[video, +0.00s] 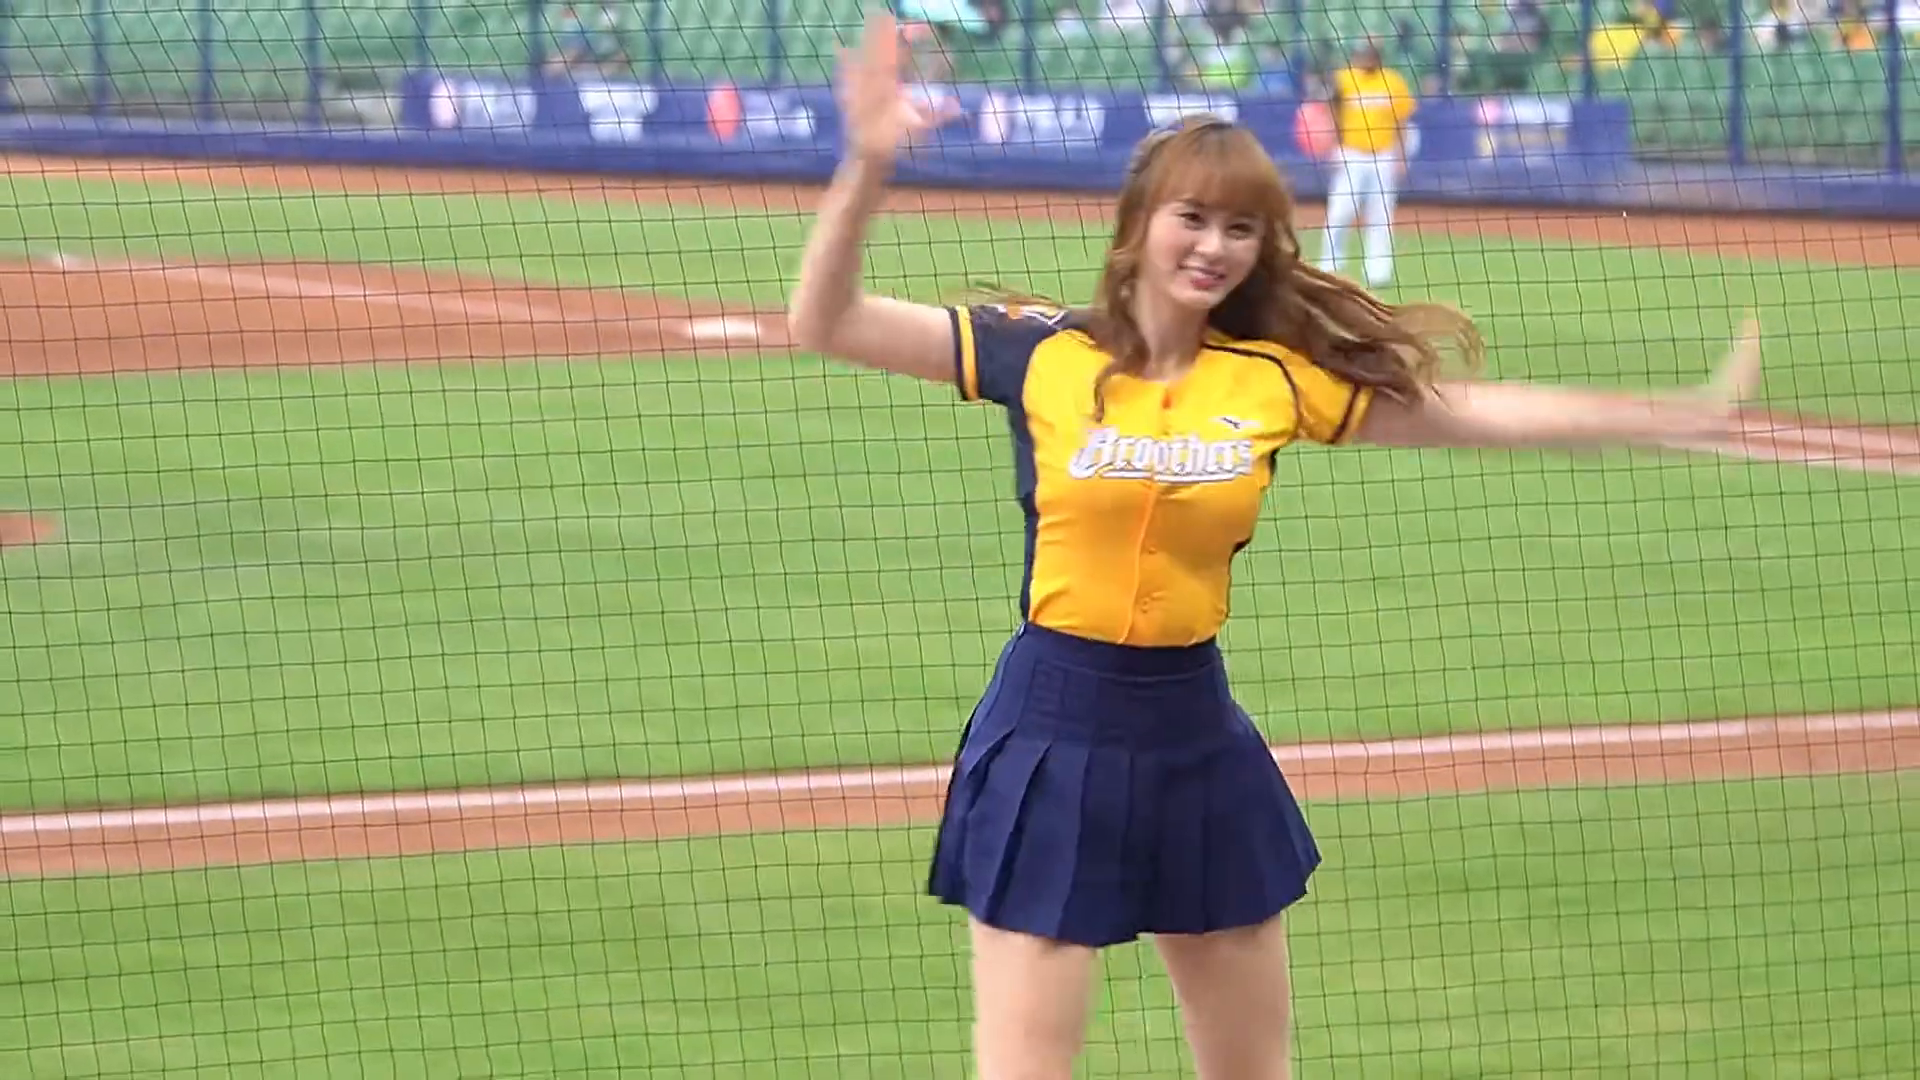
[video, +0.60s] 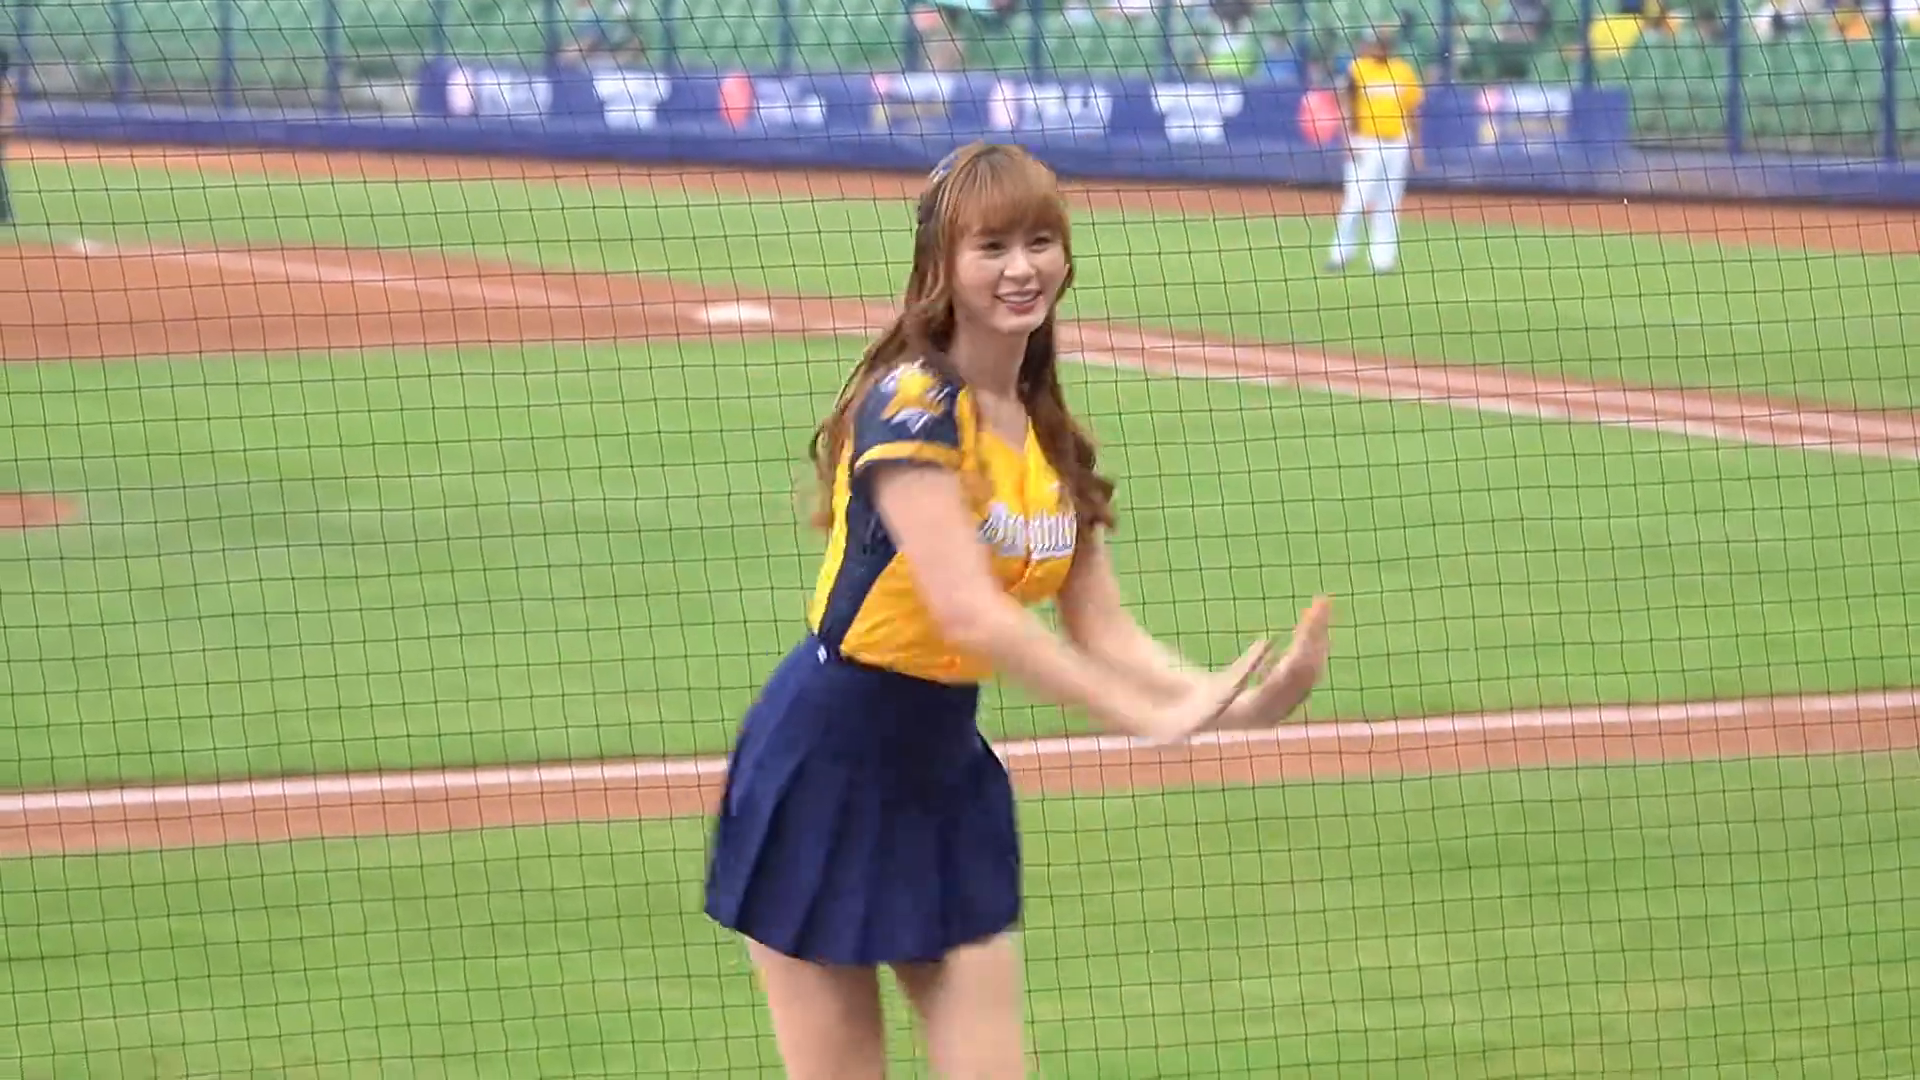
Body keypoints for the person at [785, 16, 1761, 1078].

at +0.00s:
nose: (1216, 246)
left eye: (1241, 226)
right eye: (1192, 217)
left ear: (1263, 248)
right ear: (1136, 223)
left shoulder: (1277, 379)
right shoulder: (1033, 351)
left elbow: (1477, 410)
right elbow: (821, 320)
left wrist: (1690, 416)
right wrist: (865, 168)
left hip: (1198, 740)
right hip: (1049, 733)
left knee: (1254, 1063)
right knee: (1021, 1063)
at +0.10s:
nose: (1155, 282)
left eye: (1177, 262)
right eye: (1130, 256)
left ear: (1199, 281)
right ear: (1073, 263)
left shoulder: (1230, 401)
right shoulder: (982, 398)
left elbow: (1413, 318)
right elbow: (809, 284)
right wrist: (734, 123)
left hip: (1167, 786)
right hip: (1016, 785)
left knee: (1223, 1066)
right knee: (971, 1065)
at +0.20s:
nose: (1101, 270)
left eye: (1121, 248)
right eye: (1074, 245)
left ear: (1143, 267)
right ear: (1020, 258)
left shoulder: (1169, 395)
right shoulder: (938, 402)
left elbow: (1347, 351)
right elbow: (739, 339)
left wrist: (1423, 210)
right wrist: (598, 220)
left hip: (1114, 768)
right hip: (972, 770)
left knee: (1189, 1064)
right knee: (930, 1066)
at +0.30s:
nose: (1063, 242)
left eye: (1083, 220)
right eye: (1036, 218)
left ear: (1102, 240)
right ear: (978, 236)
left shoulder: (1124, 381)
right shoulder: (911, 386)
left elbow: (1234, 474)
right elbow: (727, 469)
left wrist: (1276, 427)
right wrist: (579, 504)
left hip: (1074, 737)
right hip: (940, 738)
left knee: (1184, 1065)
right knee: (913, 1066)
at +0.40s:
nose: (1018, 282)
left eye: (1038, 258)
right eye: (991, 257)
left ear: (1061, 273)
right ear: (934, 276)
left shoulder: (1068, 432)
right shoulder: (872, 431)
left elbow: (1090, 611)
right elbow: (760, 624)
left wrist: (1158, 696)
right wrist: (737, 769)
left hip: (1034, 785)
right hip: (898, 790)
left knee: (1135, 1064)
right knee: (919, 1065)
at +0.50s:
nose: (1001, 309)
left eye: (1019, 285)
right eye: (972, 285)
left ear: (1039, 301)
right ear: (917, 301)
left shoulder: (1034, 469)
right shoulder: (861, 470)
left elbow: (1050, 680)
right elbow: (851, 688)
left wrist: (1139, 778)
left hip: (988, 793)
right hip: (862, 792)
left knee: (1078, 1062)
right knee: (883, 1063)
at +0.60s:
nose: (1022, 267)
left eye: (1041, 242)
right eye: (992, 247)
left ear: (1066, 258)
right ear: (942, 268)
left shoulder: (1049, 436)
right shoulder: (905, 406)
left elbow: (1104, 628)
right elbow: (970, 614)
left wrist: (1222, 703)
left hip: (944, 759)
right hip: (824, 751)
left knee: (991, 1063)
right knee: (840, 1065)